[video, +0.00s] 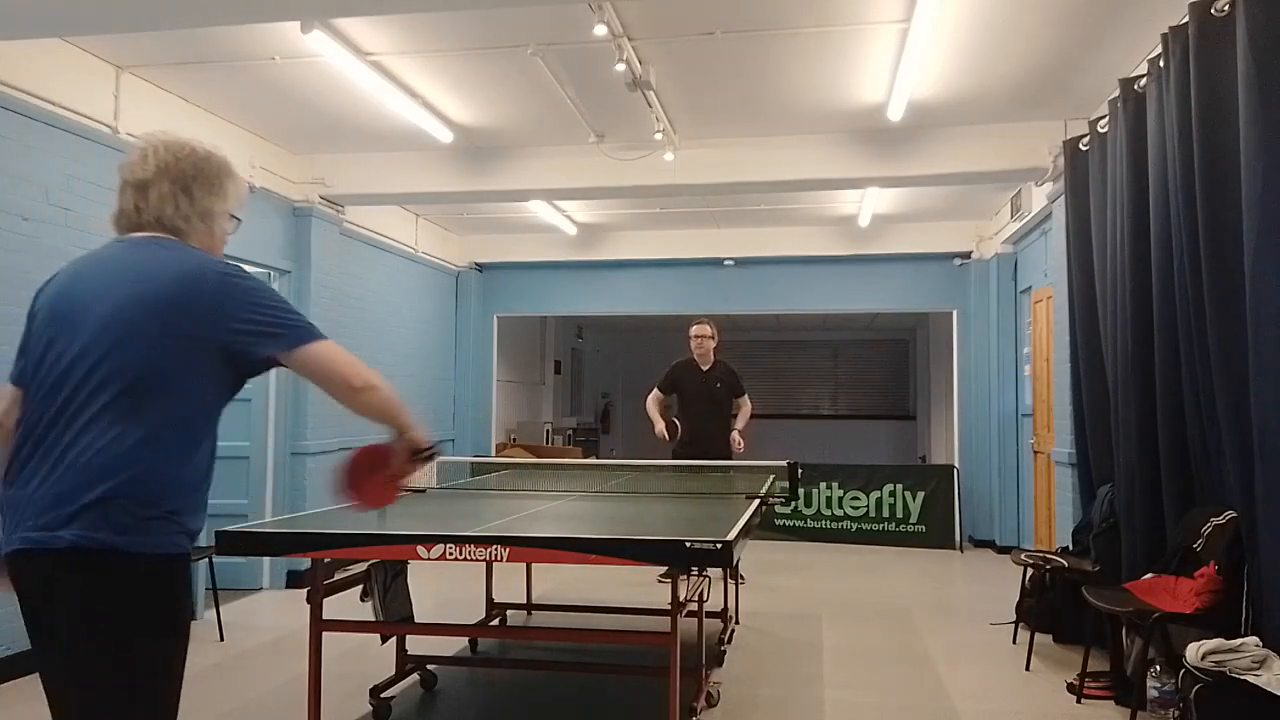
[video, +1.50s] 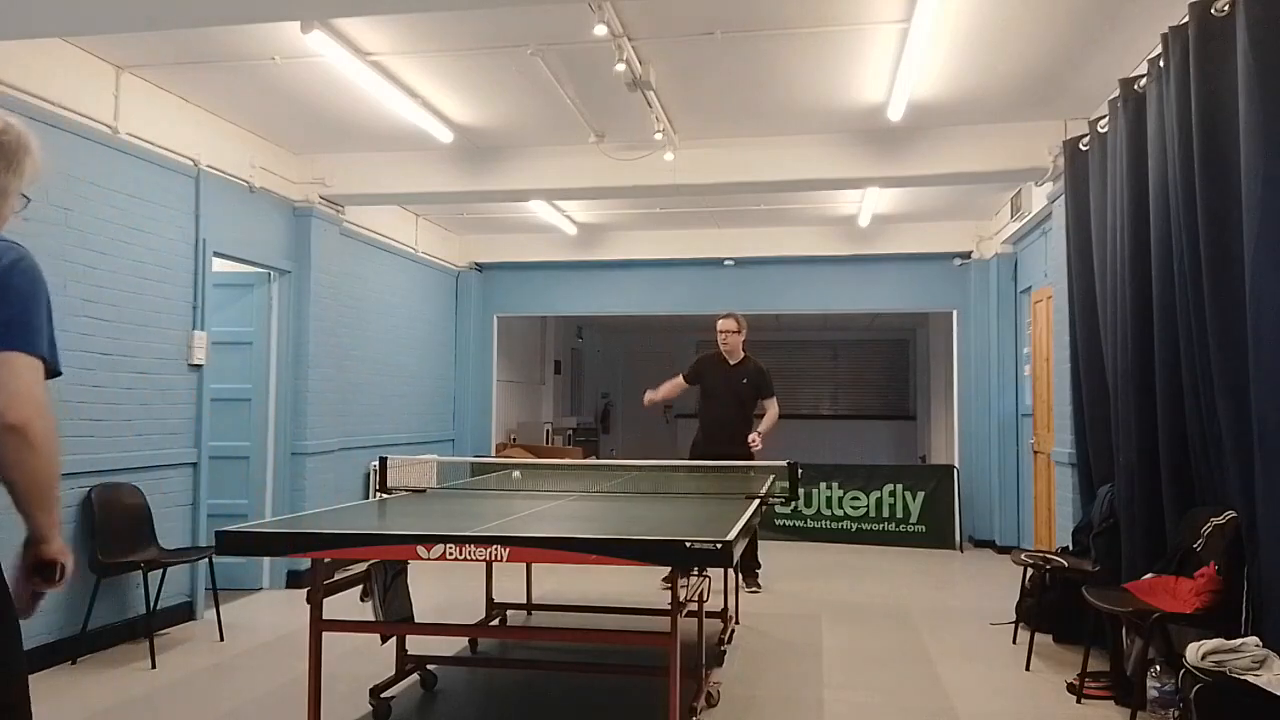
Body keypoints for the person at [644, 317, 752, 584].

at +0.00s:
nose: (700, 342)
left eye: (705, 337)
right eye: (695, 337)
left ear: (714, 341)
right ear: (689, 341)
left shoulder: (726, 372)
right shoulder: (679, 370)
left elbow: (745, 405)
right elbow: (653, 399)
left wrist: (736, 429)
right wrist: (658, 421)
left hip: (718, 454)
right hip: (685, 453)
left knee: (724, 508)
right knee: (679, 508)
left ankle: (730, 562)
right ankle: (677, 562)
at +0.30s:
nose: (692, 350)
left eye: (696, 345)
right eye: (687, 346)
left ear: (707, 347)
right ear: (680, 349)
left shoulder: (723, 376)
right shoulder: (672, 377)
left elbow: (742, 409)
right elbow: (654, 412)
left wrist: (730, 435)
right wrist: (665, 436)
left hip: (717, 460)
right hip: (683, 460)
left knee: (733, 511)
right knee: (678, 510)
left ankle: (748, 570)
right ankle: (677, 563)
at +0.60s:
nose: (689, 368)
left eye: (694, 363)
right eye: (685, 363)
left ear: (707, 361)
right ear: (681, 363)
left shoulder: (726, 388)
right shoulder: (677, 387)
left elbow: (747, 424)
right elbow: (654, 420)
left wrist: (733, 449)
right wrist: (667, 456)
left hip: (720, 463)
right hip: (686, 462)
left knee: (735, 514)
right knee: (673, 509)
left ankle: (748, 573)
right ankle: (678, 562)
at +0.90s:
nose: (704, 349)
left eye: (709, 344)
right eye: (700, 344)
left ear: (721, 345)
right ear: (696, 344)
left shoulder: (736, 377)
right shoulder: (687, 364)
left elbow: (750, 413)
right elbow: (656, 361)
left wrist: (741, 435)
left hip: (723, 457)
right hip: (688, 455)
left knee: (735, 512)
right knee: (676, 508)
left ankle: (748, 572)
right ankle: (678, 561)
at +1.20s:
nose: (721, 340)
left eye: (726, 335)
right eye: (717, 336)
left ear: (739, 338)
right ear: (713, 338)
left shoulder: (752, 372)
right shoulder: (701, 361)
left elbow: (768, 408)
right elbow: (669, 355)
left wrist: (759, 433)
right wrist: (656, 344)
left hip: (738, 455)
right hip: (703, 452)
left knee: (745, 514)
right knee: (684, 505)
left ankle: (749, 573)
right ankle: (676, 560)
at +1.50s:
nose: (724, 337)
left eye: (729, 333)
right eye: (720, 333)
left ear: (742, 335)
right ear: (716, 335)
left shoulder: (755, 370)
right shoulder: (705, 363)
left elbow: (772, 409)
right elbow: (677, 385)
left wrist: (759, 432)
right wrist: (656, 394)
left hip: (739, 455)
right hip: (703, 453)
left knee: (746, 515)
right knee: (686, 508)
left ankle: (749, 573)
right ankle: (678, 566)